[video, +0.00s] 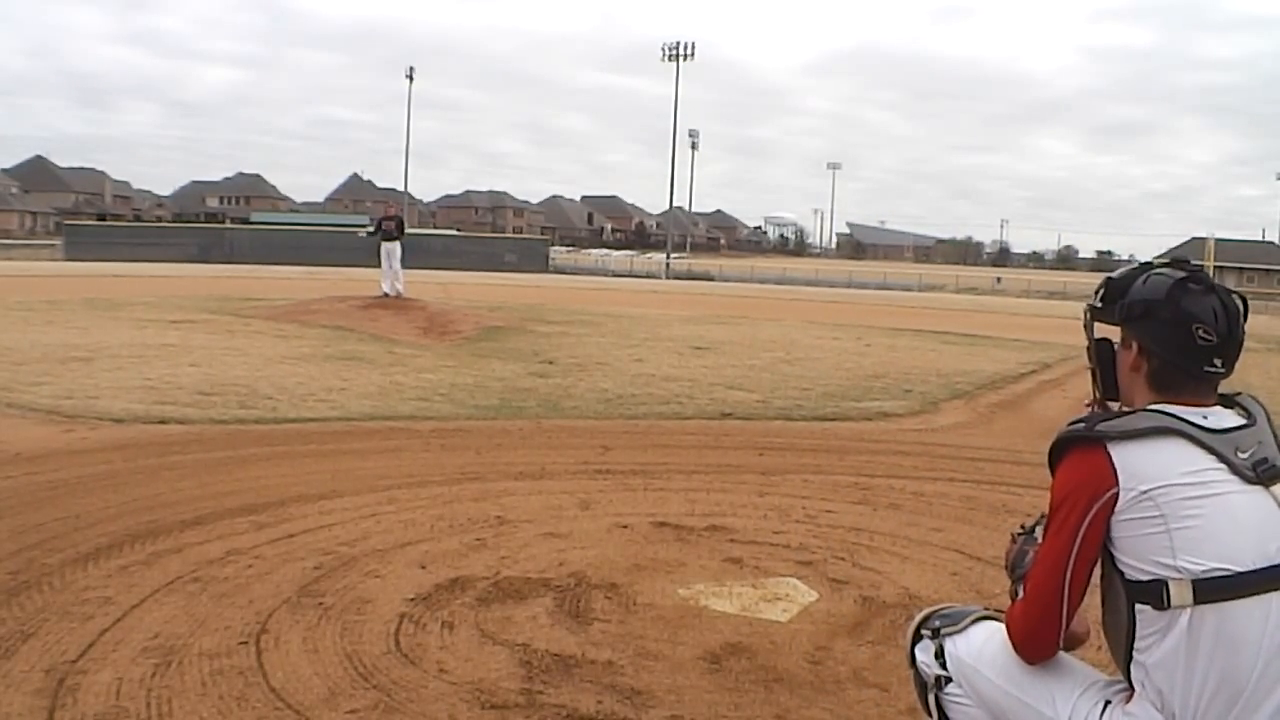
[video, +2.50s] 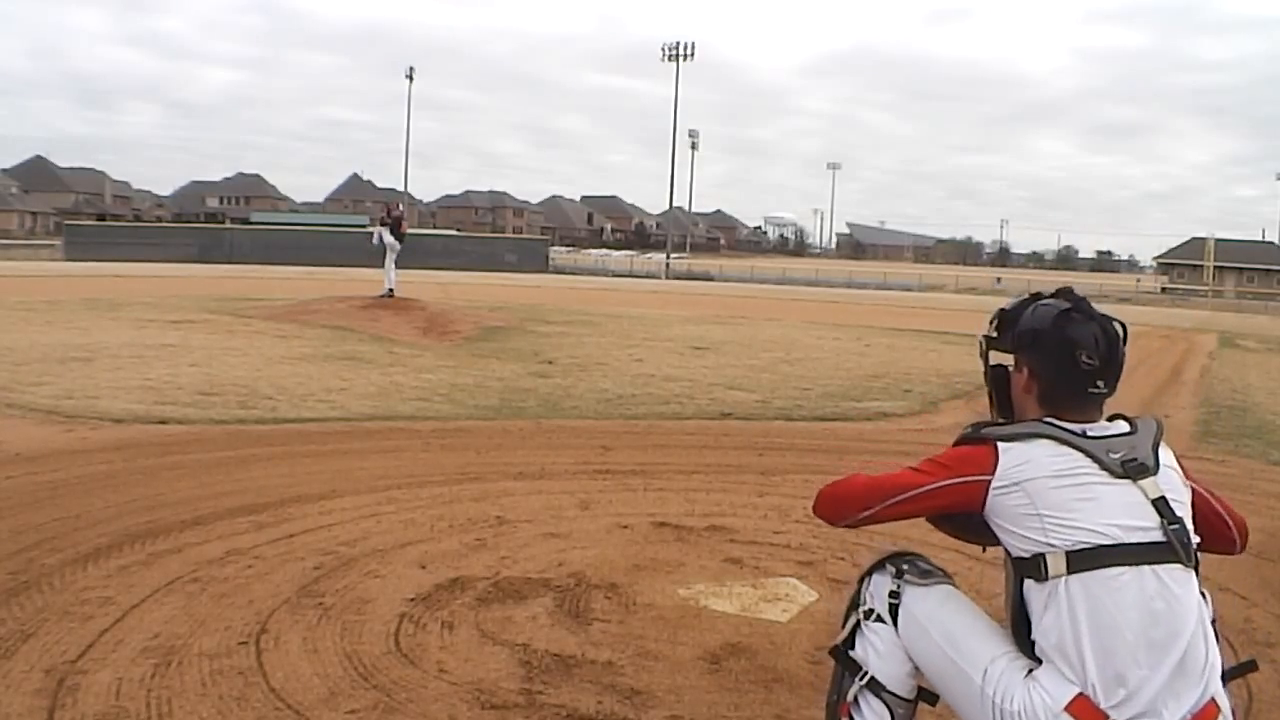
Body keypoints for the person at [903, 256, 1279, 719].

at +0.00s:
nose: (1112, 352)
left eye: (1117, 340)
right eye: (1115, 339)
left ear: (1134, 356)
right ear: (1215, 362)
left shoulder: (1104, 452)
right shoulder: (1255, 430)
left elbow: (1033, 643)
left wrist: (1033, 571)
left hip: (1164, 714)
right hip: (1263, 706)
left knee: (943, 641)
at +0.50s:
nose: (1103, 360)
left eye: (1108, 348)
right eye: (1106, 346)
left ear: (1126, 362)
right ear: (1208, 366)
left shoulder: (1099, 456)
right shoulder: (1252, 433)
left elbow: (1033, 648)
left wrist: (1021, 561)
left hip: (1163, 717)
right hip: (1262, 708)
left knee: (942, 641)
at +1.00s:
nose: (1118, 362)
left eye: (1123, 350)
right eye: (1120, 348)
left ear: (1142, 365)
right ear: (1221, 368)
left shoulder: (1115, 457)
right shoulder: (1263, 438)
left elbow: (1041, 650)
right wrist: (1118, 593)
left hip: (1171, 715)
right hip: (1264, 708)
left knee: (946, 640)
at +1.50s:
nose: (1147, 351)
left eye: (1154, 339)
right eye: (1151, 338)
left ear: (1171, 352)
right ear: (1246, 360)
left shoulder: (1149, 437)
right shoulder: (1272, 429)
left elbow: (977, 529)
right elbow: (1123, 527)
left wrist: (1047, 480)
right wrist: (1059, 485)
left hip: (1180, 708)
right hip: (1268, 703)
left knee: (974, 590)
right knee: (1133, 640)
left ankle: (1018, 709)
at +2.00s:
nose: (1028, 314)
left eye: (1033, 304)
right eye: (1030, 301)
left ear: (1048, 320)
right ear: (1123, 331)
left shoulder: (1019, 404)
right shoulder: (1172, 396)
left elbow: (846, 464)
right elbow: (1013, 481)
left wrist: (948, 426)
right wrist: (951, 441)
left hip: (1108, 702)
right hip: (1224, 700)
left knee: (889, 577)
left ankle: (868, 707)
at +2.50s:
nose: (1008, 375)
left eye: (1011, 363)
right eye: (1010, 362)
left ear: (1026, 378)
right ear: (1100, 380)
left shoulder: (1003, 457)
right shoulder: (1153, 451)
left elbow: (832, 504)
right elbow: (1232, 535)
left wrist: (929, 486)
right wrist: (1131, 501)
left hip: (1081, 710)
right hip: (1202, 709)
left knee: (893, 583)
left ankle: (868, 707)